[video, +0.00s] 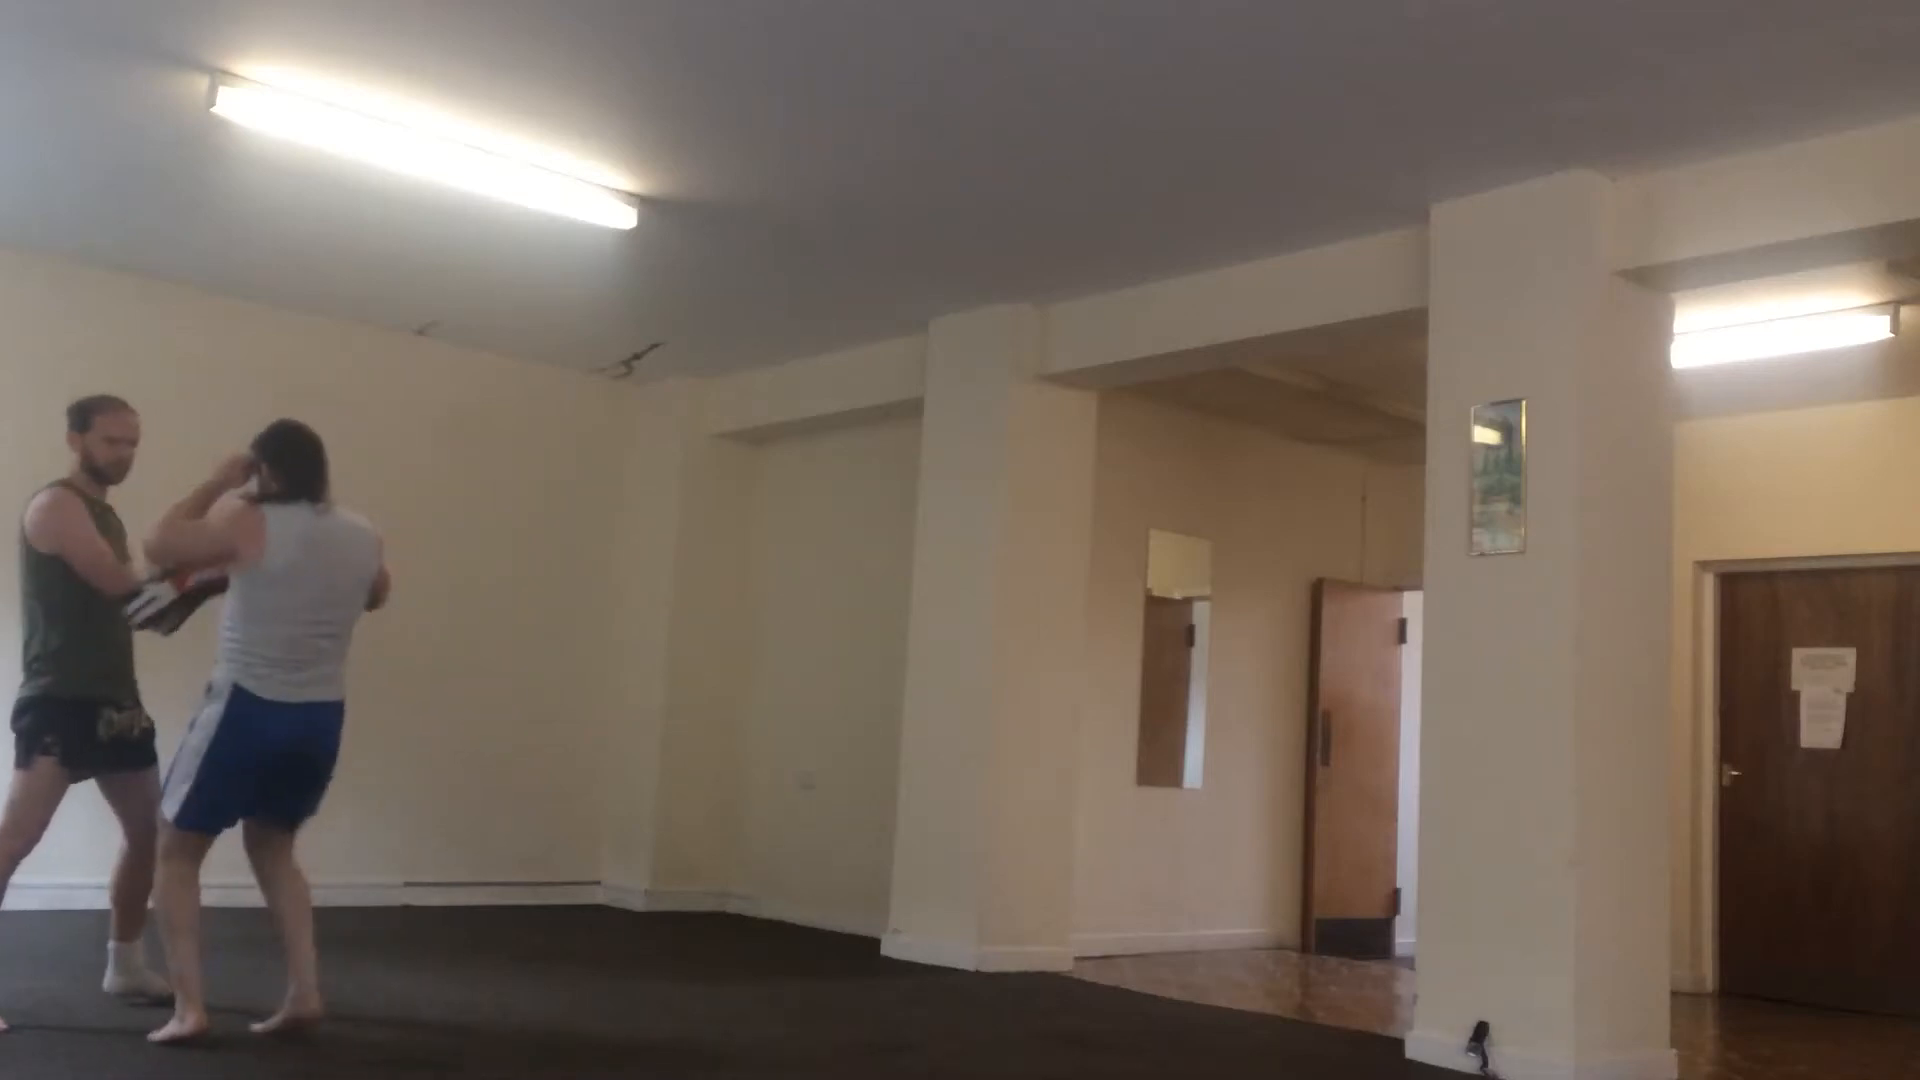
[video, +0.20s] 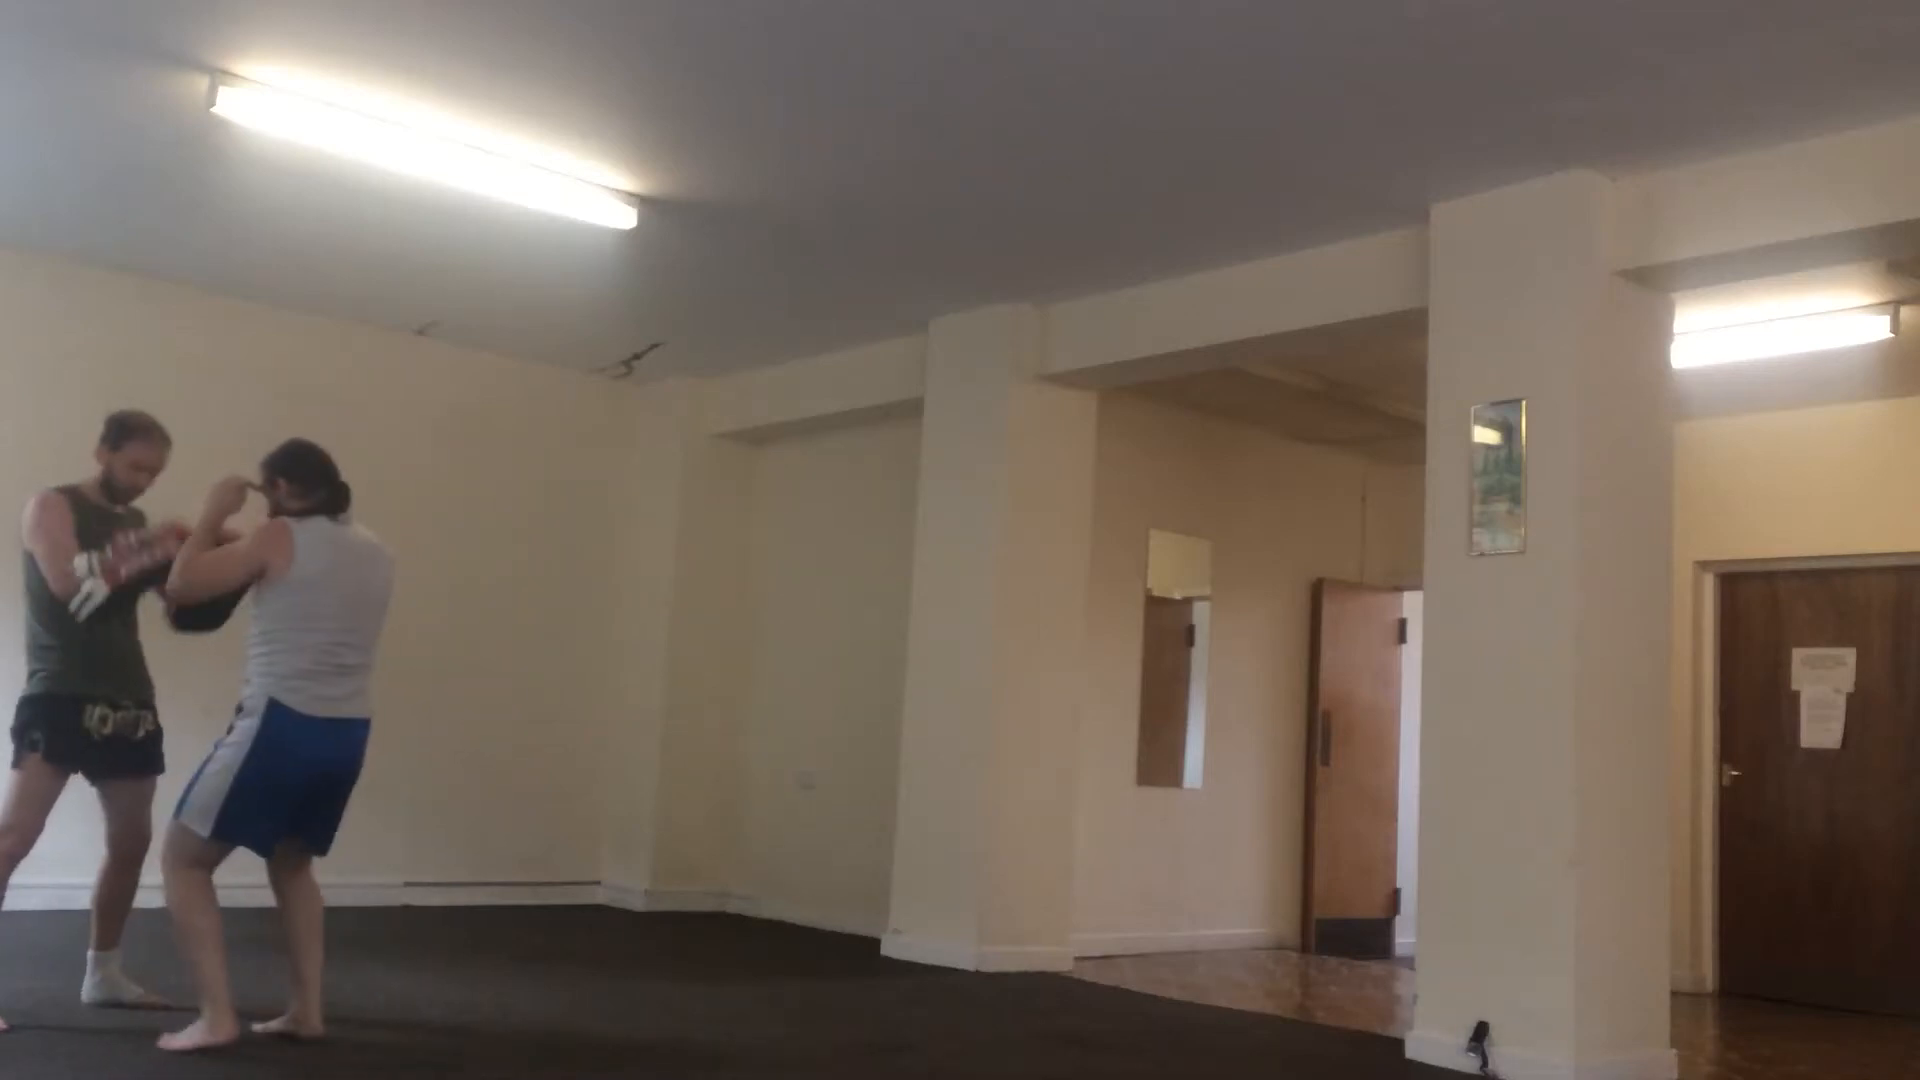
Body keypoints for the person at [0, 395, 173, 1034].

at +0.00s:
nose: (126, 454)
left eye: (132, 444)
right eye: (114, 442)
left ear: (134, 447)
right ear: (77, 441)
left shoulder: (106, 517)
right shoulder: (54, 506)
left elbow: (125, 606)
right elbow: (113, 581)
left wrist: (188, 587)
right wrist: (165, 571)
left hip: (113, 701)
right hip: (59, 702)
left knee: (146, 834)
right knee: (15, 840)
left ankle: (125, 966)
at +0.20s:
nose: (142, 482)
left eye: (152, 474)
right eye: (136, 469)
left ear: (154, 472)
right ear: (103, 453)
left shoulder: (137, 524)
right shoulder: (52, 507)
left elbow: (181, 596)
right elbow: (73, 591)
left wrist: (189, 547)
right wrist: (152, 546)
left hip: (127, 702)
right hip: (59, 697)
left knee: (130, 843)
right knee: (15, 839)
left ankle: (103, 973)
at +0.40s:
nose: (149, 478)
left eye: (162, 471)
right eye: (143, 467)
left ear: (165, 476)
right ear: (117, 462)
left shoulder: (164, 523)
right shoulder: (71, 509)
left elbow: (220, 530)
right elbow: (87, 511)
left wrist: (239, 488)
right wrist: (119, 445)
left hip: (148, 699)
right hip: (75, 694)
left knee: (128, 844)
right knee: (29, 841)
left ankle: (104, 970)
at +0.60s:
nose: (177, 482)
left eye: (189, 474)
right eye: (170, 470)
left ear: (199, 476)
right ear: (145, 461)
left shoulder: (194, 523)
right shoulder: (111, 513)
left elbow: (267, 551)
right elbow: (64, 524)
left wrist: (266, 476)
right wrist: (96, 445)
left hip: (161, 697)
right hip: (92, 689)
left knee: (136, 841)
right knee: (64, 829)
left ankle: (102, 972)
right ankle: (14, 971)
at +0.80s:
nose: (191, 477)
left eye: (203, 469)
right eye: (183, 464)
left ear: (213, 472)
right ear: (156, 457)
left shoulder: (215, 539)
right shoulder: (119, 517)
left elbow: (272, 625)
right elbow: (47, 574)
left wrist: (263, 568)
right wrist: (74, 512)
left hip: (169, 703)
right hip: (100, 691)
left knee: (139, 845)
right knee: (91, 826)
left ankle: (102, 973)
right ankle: (62, 981)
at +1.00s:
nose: (229, 487)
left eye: (241, 480)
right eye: (222, 473)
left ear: (246, 486)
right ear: (192, 466)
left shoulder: (228, 552)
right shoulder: (132, 521)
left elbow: (230, 635)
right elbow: (53, 552)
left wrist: (248, 659)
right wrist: (27, 523)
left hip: (182, 718)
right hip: (117, 707)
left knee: (145, 854)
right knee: (107, 843)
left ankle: (106, 973)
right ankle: (79, 997)